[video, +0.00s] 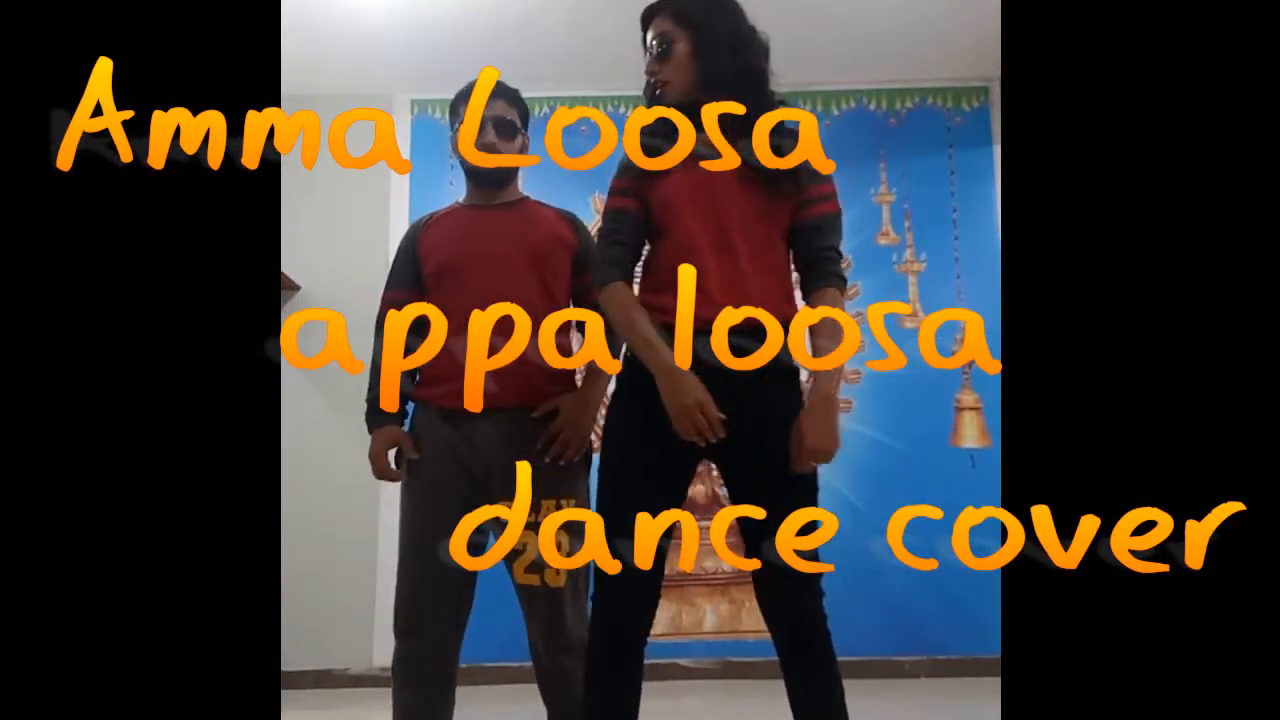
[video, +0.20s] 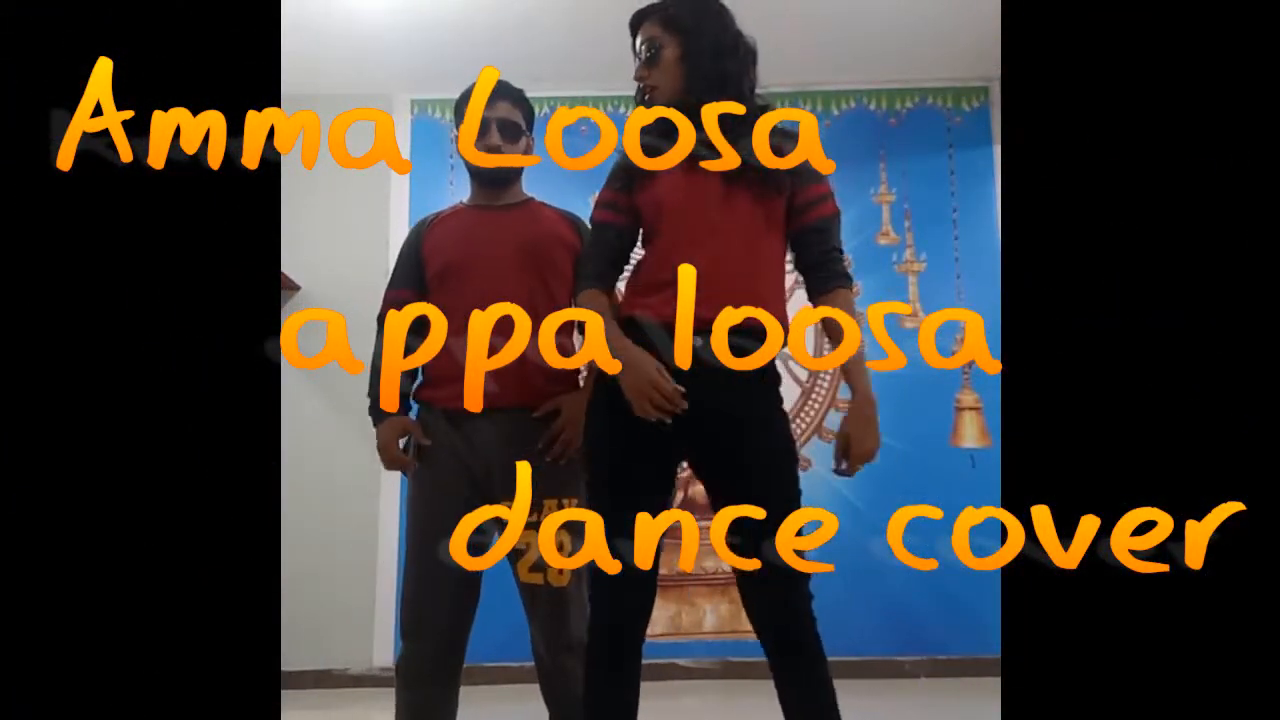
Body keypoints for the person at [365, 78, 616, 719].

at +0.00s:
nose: (493, 136)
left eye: (507, 127)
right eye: (479, 126)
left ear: (526, 144)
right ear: (456, 139)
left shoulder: (564, 230)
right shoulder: (425, 235)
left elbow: (607, 318)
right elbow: (391, 331)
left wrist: (591, 392)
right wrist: (383, 418)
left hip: (544, 440)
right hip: (443, 442)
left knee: (560, 621)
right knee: (426, 621)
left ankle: (576, 717)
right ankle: (420, 718)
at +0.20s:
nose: (495, 137)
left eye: (509, 129)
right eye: (482, 127)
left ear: (530, 145)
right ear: (460, 139)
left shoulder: (569, 232)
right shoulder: (429, 235)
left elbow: (606, 319)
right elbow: (393, 329)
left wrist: (588, 390)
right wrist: (387, 410)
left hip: (545, 438)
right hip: (446, 441)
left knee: (561, 619)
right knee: (431, 618)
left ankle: (577, 719)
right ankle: (421, 718)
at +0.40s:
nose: (496, 140)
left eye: (509, 131)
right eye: (482, 129)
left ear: (529, 144)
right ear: (459, 140)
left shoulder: (569, 231)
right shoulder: (426, 236)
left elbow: (603, 321)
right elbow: (388, 332)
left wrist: (588, 385)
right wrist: (398, 393)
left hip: (547, 440)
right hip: (446, 443)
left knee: (563, 623)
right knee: (430, 624)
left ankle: (579, 719)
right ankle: (422, 719)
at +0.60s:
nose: (492, 140)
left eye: (506, 131)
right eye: (479, 130)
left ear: (526, 146)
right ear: (457, 140)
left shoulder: (564, 230)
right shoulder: (425, 234)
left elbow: (604, 319)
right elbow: (388, 329)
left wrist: (587, 377)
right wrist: (399, 385)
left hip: (543, 437)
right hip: (445, 443)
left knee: (562, 624)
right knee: (429, 626)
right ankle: (422, 719)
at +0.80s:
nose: (490, 141)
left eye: (504, 131)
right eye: (477, 130)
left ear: (524, 145)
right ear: (455, 139)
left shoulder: (561, 229)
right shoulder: (425, 231)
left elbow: (603, 320)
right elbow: (388, 330)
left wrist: (586, 382)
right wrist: (399, 386)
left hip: (544, 440)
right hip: (445, 444)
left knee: (563, 626)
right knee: (428, 627)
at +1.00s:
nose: (493, 140)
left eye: (507, 131)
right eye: (478, 129)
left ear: (526, 145)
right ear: (456, 139)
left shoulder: (560, 216)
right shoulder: (423, 218)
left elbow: (600, 301)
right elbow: (389, 312)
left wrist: (576, 367)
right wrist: (399, 371)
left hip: (541, 433)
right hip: (445, 436)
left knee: (561, 621)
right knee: (431, 621)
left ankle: (578, 718)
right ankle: (424, 719)